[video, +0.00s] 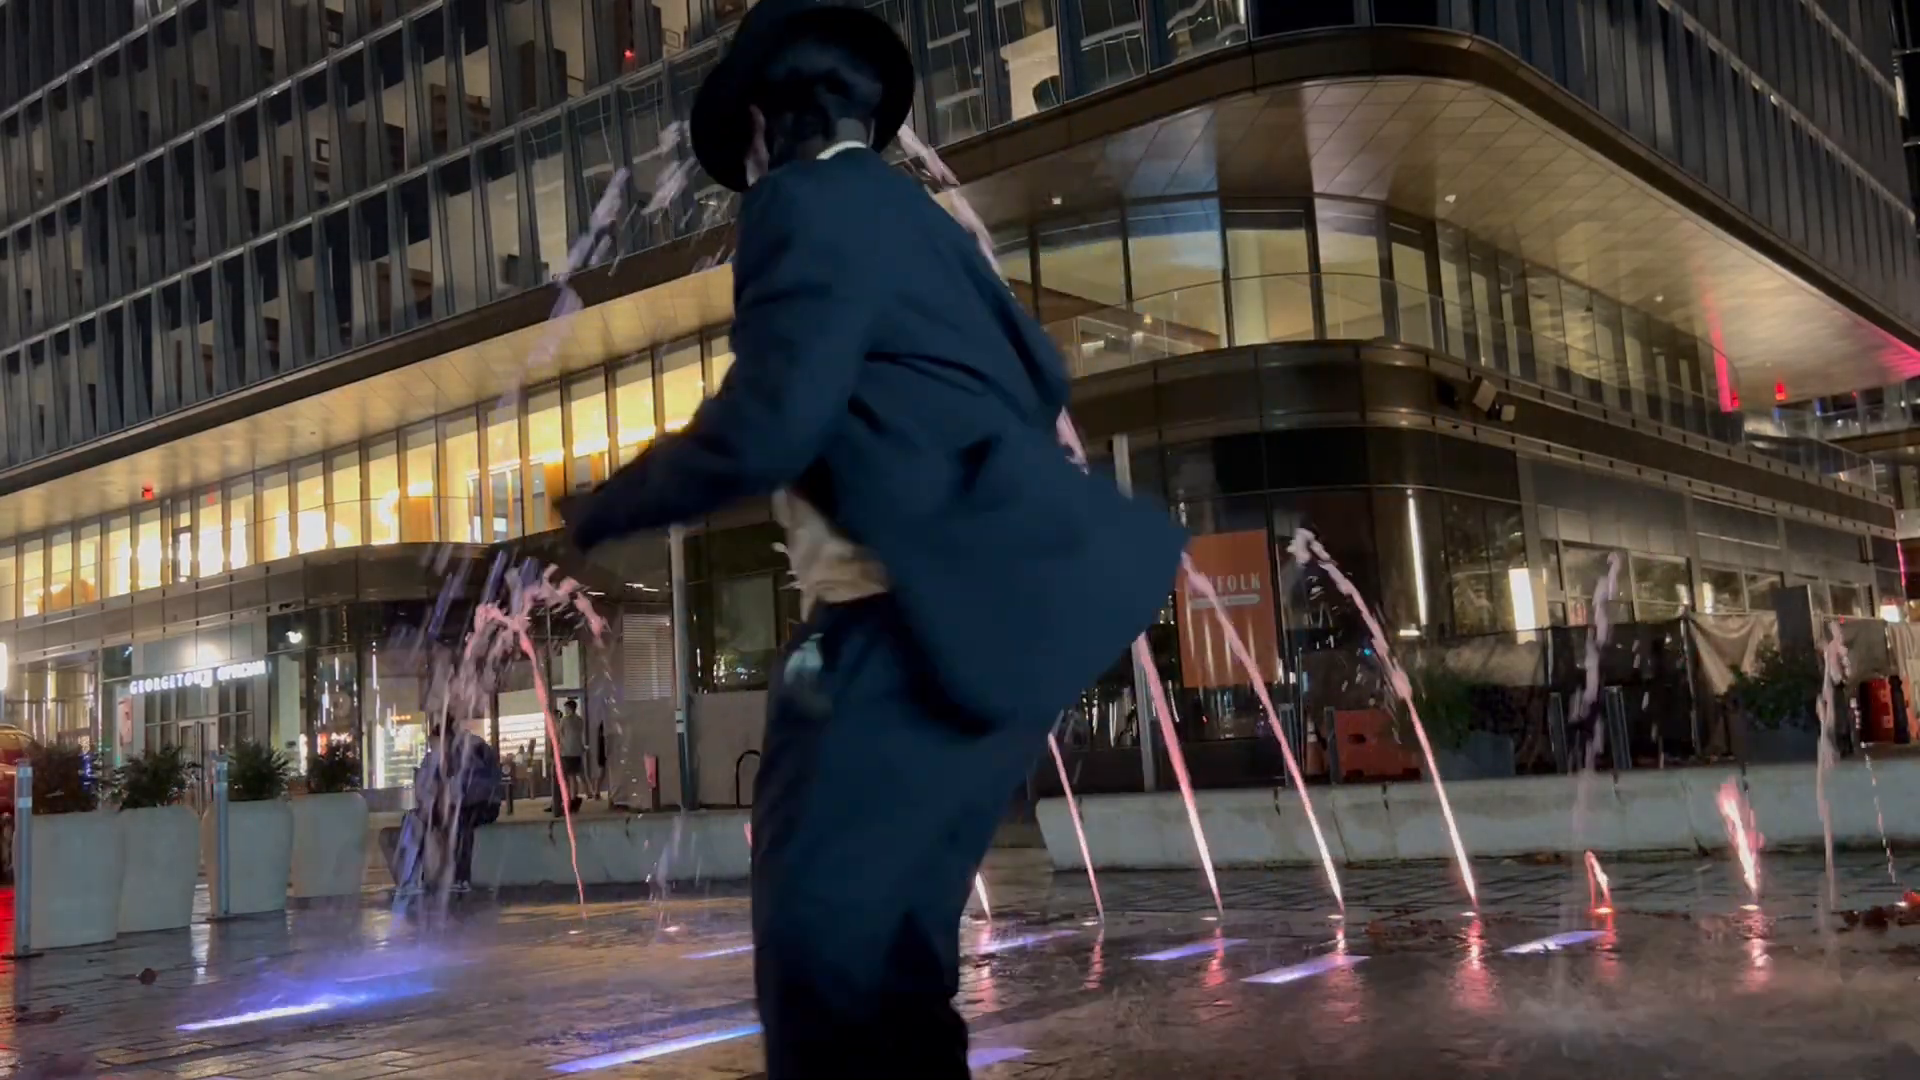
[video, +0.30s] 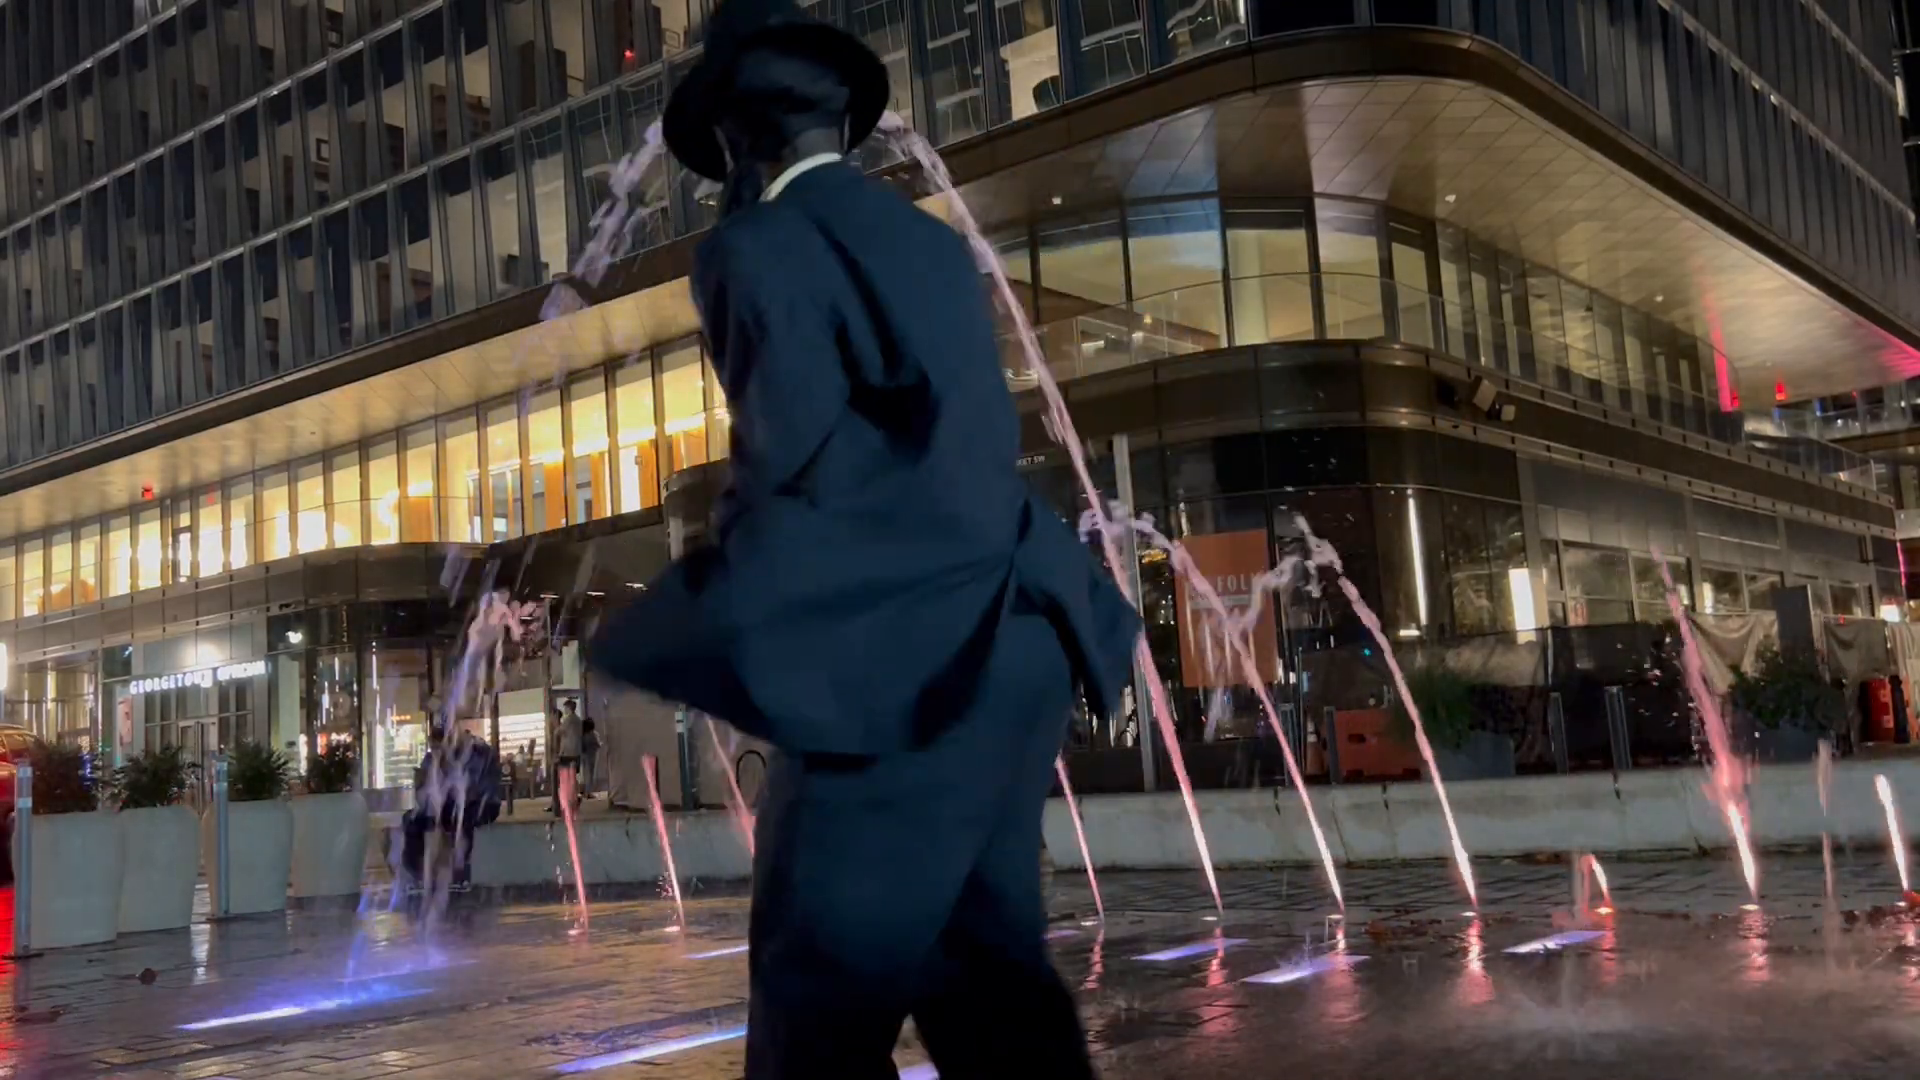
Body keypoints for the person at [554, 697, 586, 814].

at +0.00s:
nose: (566, 710)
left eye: (567, 708)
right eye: (566, 708)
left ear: (568, 709)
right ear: (575, 709)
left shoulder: (564, 721)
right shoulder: (580, 720)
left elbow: (559, 734)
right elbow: (581, 733)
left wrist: (558, 746)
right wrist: (582, 745)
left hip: (566, 752)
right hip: (577, 751)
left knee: (569, 777)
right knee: (576, 776)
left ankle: (571, 797)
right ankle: (575, 797)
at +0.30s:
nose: (565, 710)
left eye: (566, 708)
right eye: (565, 708)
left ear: (568, 708)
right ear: (574, 708)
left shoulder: (567, 719)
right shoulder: (578, 720)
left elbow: (560, 730)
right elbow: (577, 735)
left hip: (566, 753)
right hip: (576, 752)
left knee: (560, 779)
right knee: (573, 777)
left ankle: (555, 804)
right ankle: (575, 798)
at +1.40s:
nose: (561, 711)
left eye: (562, 709)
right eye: (562, 709)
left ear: (566, 709)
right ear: (571, 708)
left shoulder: (568, 720)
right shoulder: (575, 720)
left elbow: (559, 731)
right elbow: (571, 735)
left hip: (565, 754)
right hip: (572, 753)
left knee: (565, 779)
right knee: (571, 778)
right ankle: (572, 802)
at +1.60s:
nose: (560, 711)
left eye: (561, 709)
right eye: (560, 709)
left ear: (563, 709)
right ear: (569, 708)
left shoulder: (565, 720)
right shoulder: (571, 719)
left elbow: (557, 732)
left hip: (563, 753)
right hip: (569, 752)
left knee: (561, 779)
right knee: (569, 778)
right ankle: (571, 801)